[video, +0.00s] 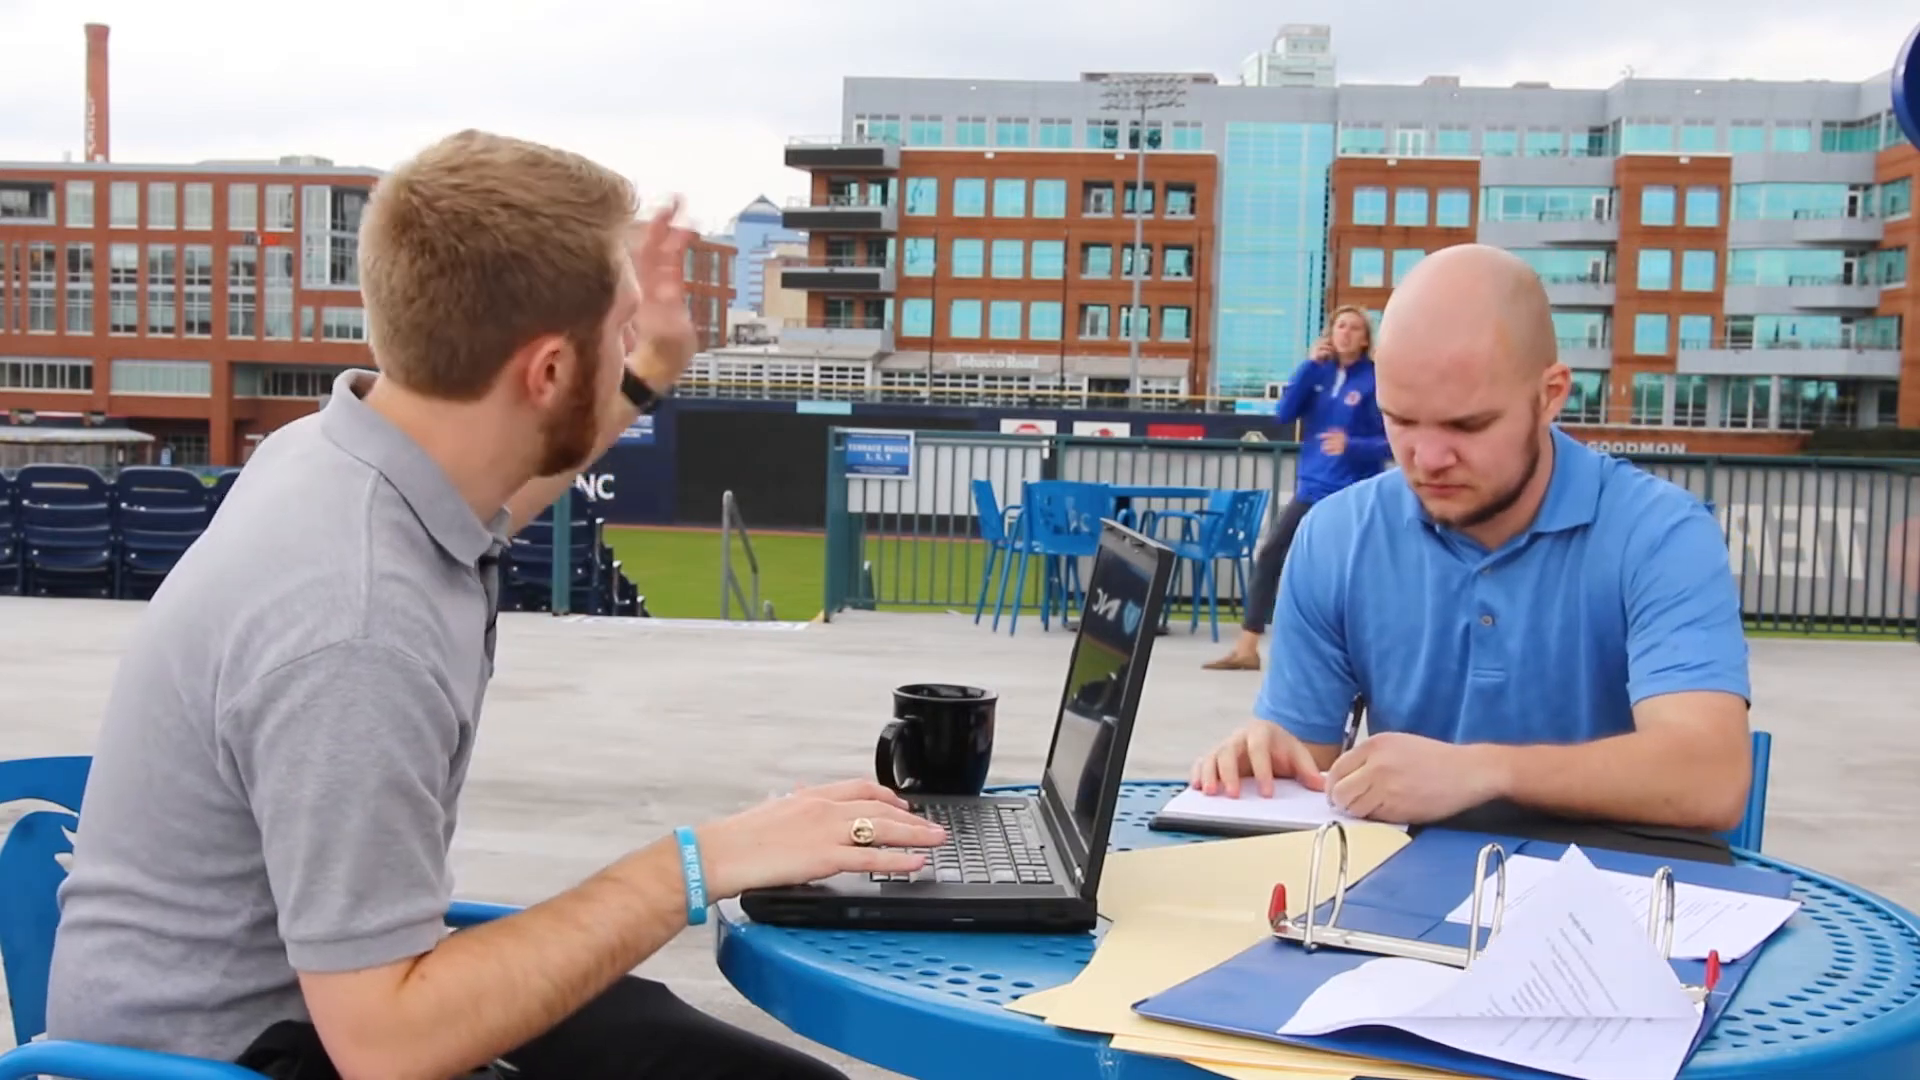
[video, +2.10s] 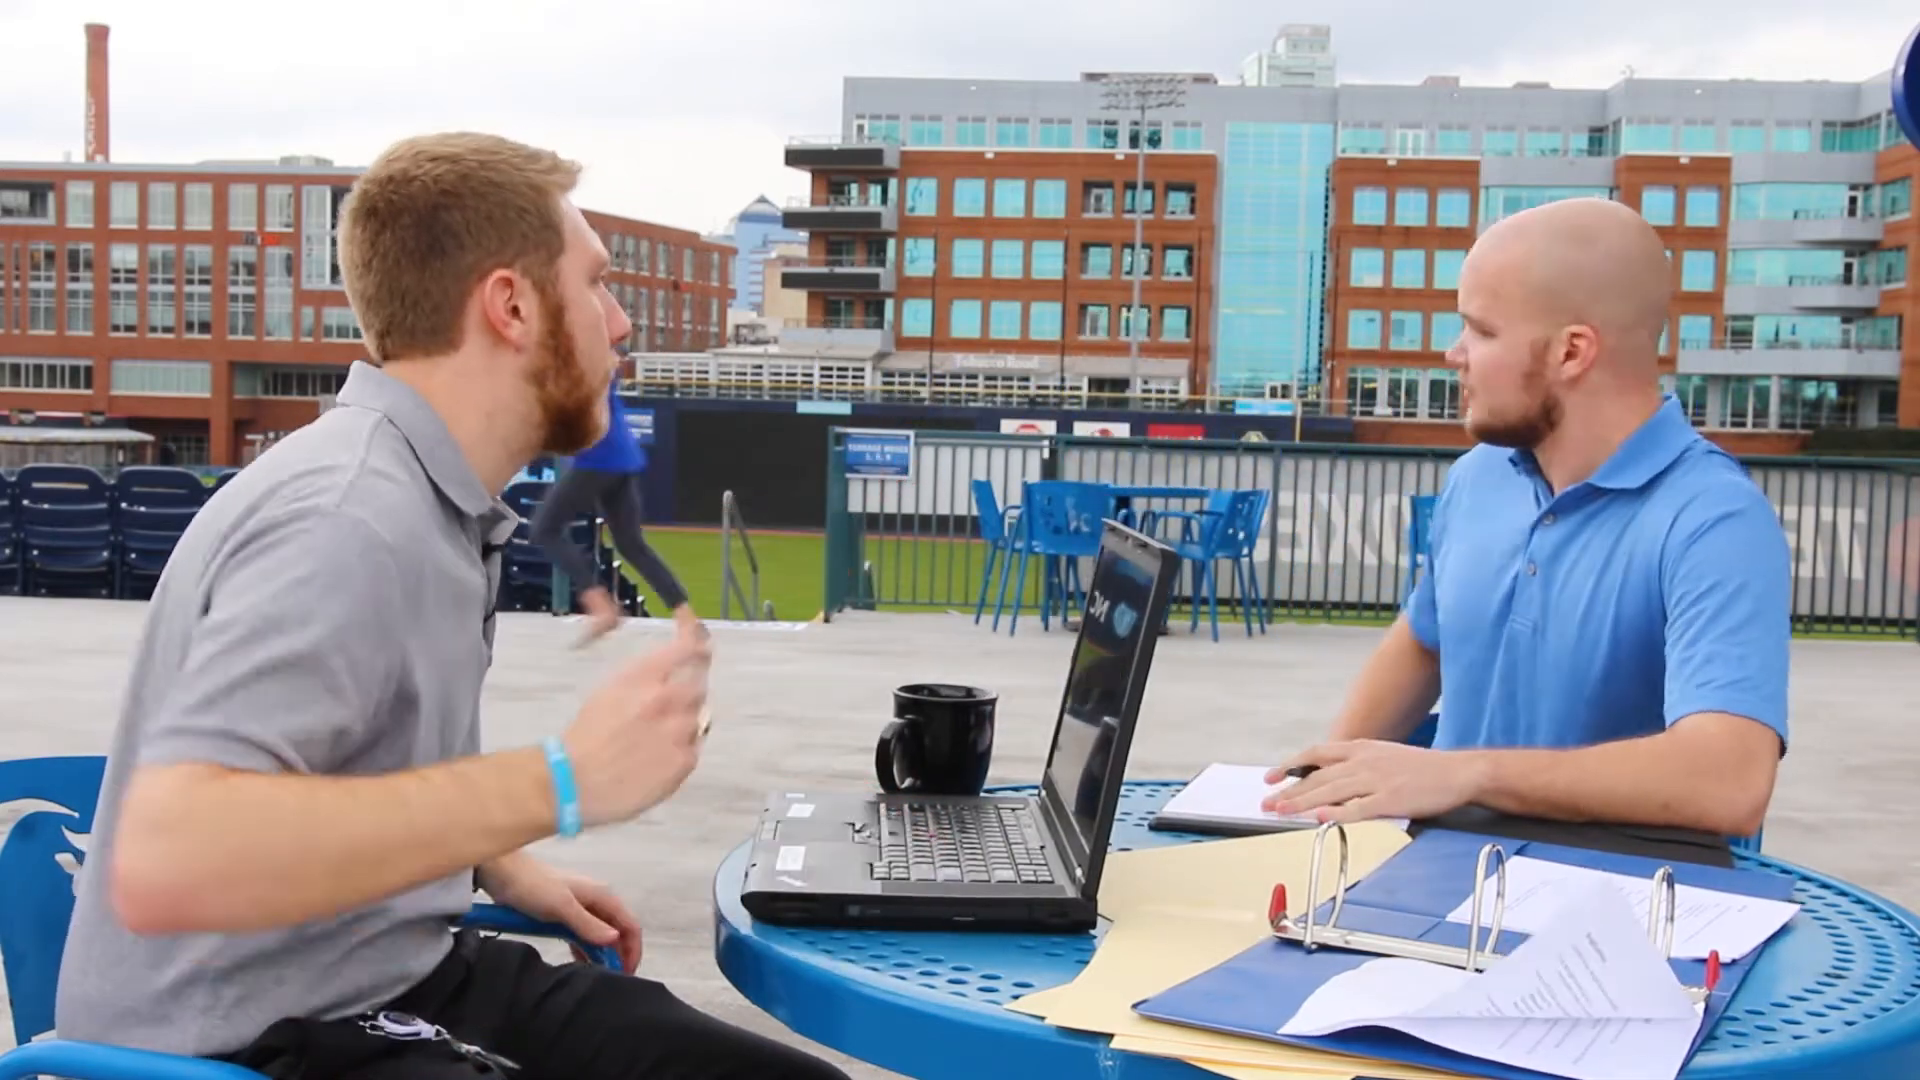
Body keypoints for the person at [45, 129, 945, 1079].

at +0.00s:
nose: (606, 391)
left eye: (623, 361)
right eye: (608, 366)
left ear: (405, 325)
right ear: (543, 373)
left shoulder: (340, 463)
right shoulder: (349, 620)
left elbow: (485, 501)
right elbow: (387, 1038)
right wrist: (713, 859)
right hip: (211, 1050)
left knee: (625, 1007)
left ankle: (811, 1070)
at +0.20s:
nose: (614, 371)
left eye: (619, 339)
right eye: (618, 343)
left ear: (403, 322)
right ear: (563, 379)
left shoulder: (354, 459)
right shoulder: (330, 626)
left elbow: (554, 511)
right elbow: (385, 1040)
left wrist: (775, 471)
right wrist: (710, 859)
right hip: (209, 1051)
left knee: (633, 1007)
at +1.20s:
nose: (603, 358)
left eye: (606, 327)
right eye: (608, 328)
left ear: (396, 313)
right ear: (574, 352)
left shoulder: (319, 470)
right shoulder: (347, 612)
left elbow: (447, 618)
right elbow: (379, 1030)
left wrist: (691, 589)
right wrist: (706, 859)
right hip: (219, 1048)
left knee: (644, 1015)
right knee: (792, 1063)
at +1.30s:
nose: (607, 357)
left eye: (610, 326)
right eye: (611, 326)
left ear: (397, 313)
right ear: (572, 350)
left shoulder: (338, 469)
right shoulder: (348, 610)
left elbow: (383, 683)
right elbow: (378, 1029)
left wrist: (614, 689)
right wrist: (704, 859)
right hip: (221, 1047)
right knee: (793, 1072)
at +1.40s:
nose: (615, 355)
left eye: (616, 320)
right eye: (615, 320)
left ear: (407, 314)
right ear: (563, 346)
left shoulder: (368, 481)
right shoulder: (348, 598)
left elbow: (345, 749)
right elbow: (374, 1027)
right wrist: (715, 859)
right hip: (212, 1046)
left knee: (650, 1014)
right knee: (786, 1066)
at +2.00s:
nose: (622, 318)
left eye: (612, 283)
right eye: (600, 284)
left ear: (504, 314)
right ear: (511, 314)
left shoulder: (387, 498)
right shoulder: (354, 539)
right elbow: (291, 939)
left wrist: (510, 881)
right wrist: (630, 769)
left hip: (376, 976)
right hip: (238, 1037)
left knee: (798, 1072)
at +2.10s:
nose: (623, 327)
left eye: (611, 289)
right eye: (599, 287)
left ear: (507, 311)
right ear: (509, 311)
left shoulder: (419, 505)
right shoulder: (342, 526)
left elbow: (348, 759)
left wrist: (506, 865)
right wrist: (559, 782)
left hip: (399, 964)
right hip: (244, 1033)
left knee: (800, 1072)